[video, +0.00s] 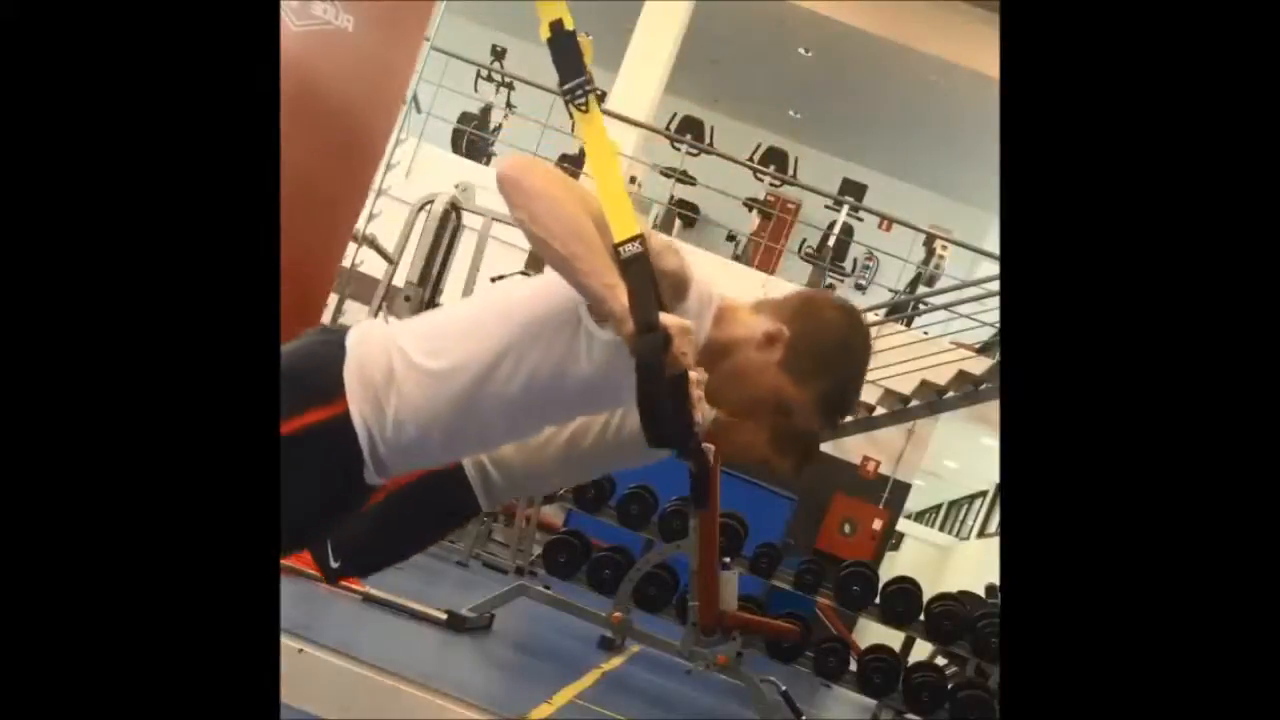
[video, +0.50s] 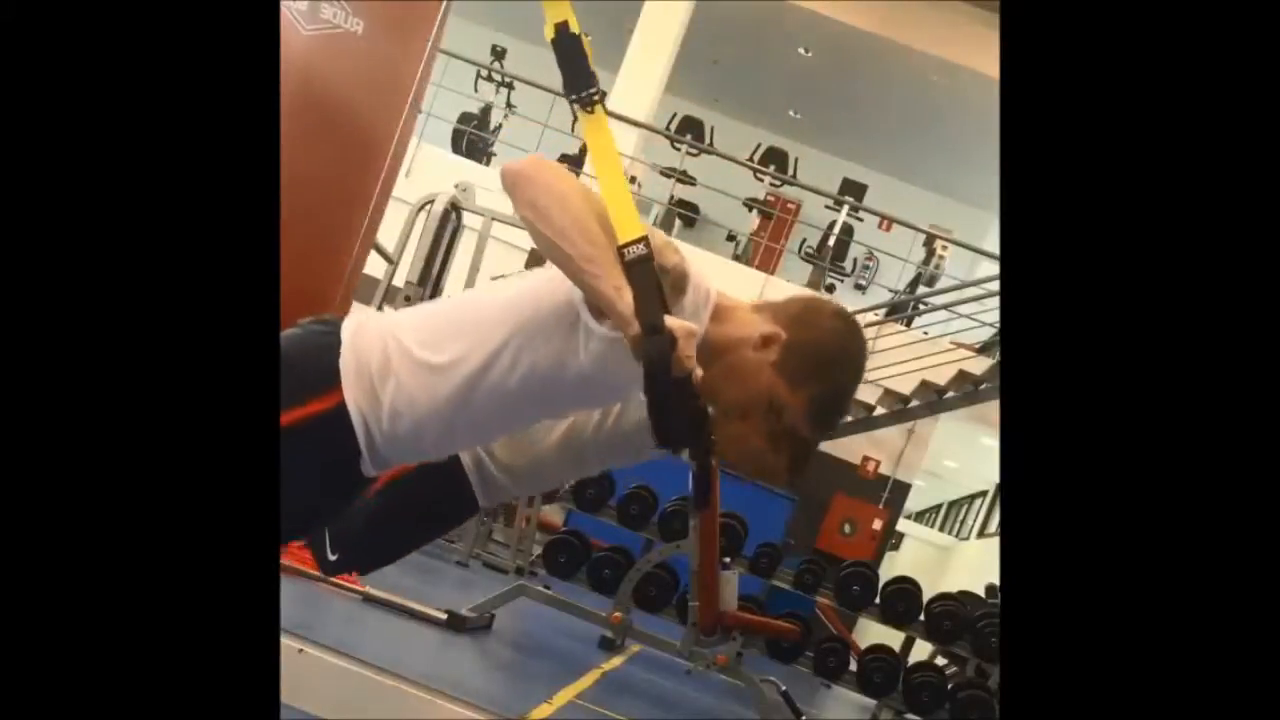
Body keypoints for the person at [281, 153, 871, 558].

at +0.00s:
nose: (755, 416)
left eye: (776, 416)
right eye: (775, 402)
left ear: (771, 338)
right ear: (771, 339)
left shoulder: (679, 363)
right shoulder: (668, 277)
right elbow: (522, 177)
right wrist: (628, 313)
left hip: (363, 451)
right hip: (334, 411)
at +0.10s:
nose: (754, 460)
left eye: (777, 459)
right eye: (775, 439)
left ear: (776, 363)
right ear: (775, 363)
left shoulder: (693, 411)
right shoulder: (672, 290)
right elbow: (529, 178)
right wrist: (615, 296)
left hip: (370, 468)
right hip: (340, 419)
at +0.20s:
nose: (755, 482)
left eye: (777, 481)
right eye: (778, 462)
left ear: (774, 380)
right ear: (778, 385)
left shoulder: (695, 421)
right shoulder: (676, 302)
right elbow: (536, 180)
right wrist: (620, 306)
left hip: (374, 472)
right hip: (343, 424)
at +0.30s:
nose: (755, 486)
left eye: (777, 485)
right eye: (777, 466)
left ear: (773, 382)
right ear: (775, 389)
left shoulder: (691, 421)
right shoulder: (679, 307)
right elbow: (538, 181)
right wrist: (619, 308)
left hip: (375, 473)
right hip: (344, 425)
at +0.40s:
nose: (756, 479)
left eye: (779, 476)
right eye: (777, 455)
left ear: (770, 372)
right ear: (774, 377)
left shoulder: (685, 416)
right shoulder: (673, 298)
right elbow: (534, 181)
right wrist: (623, 315)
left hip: (366, 466)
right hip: (335, 418)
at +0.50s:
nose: (749, 423)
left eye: (768, 423)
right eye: (768, 410)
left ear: (766, 338)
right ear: (767, 341)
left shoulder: (678, 367)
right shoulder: (667, 277)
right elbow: (528, 177)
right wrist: (629, 313)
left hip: (357, 448)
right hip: (326, 402)